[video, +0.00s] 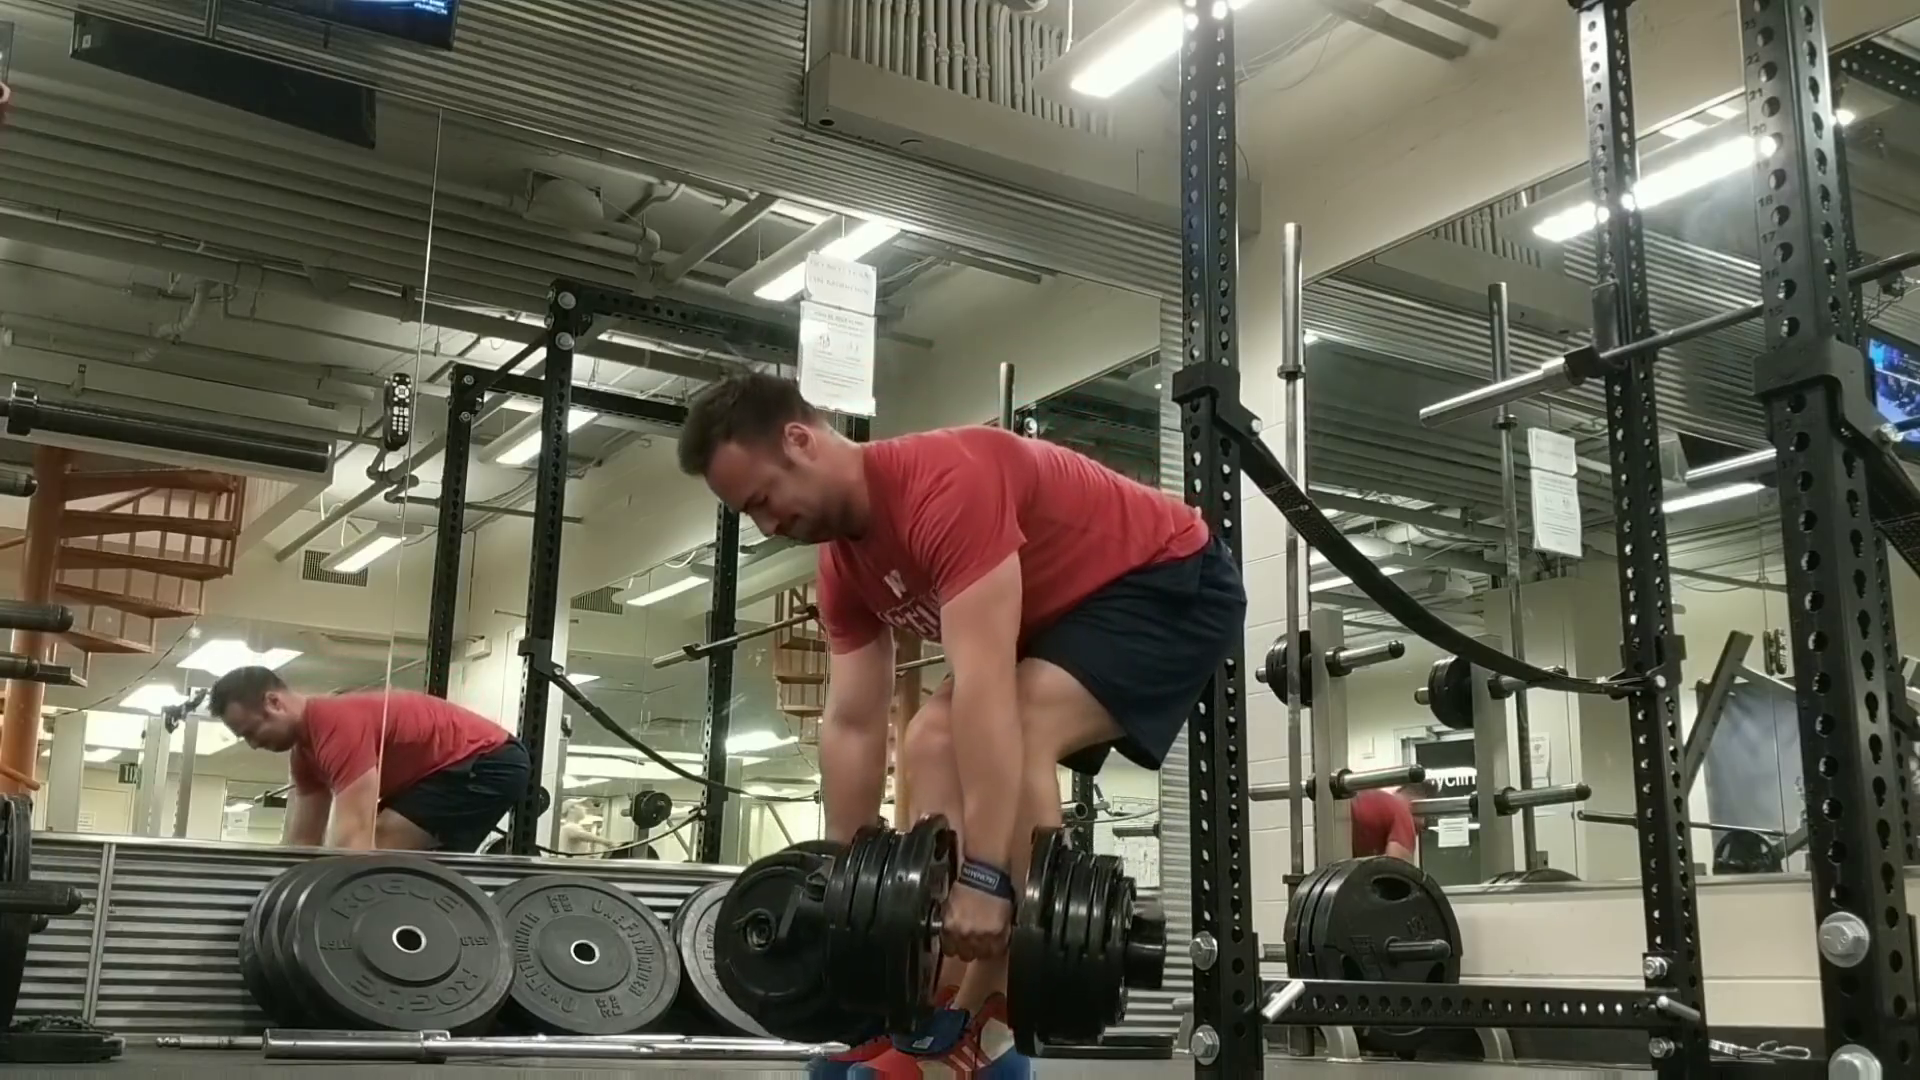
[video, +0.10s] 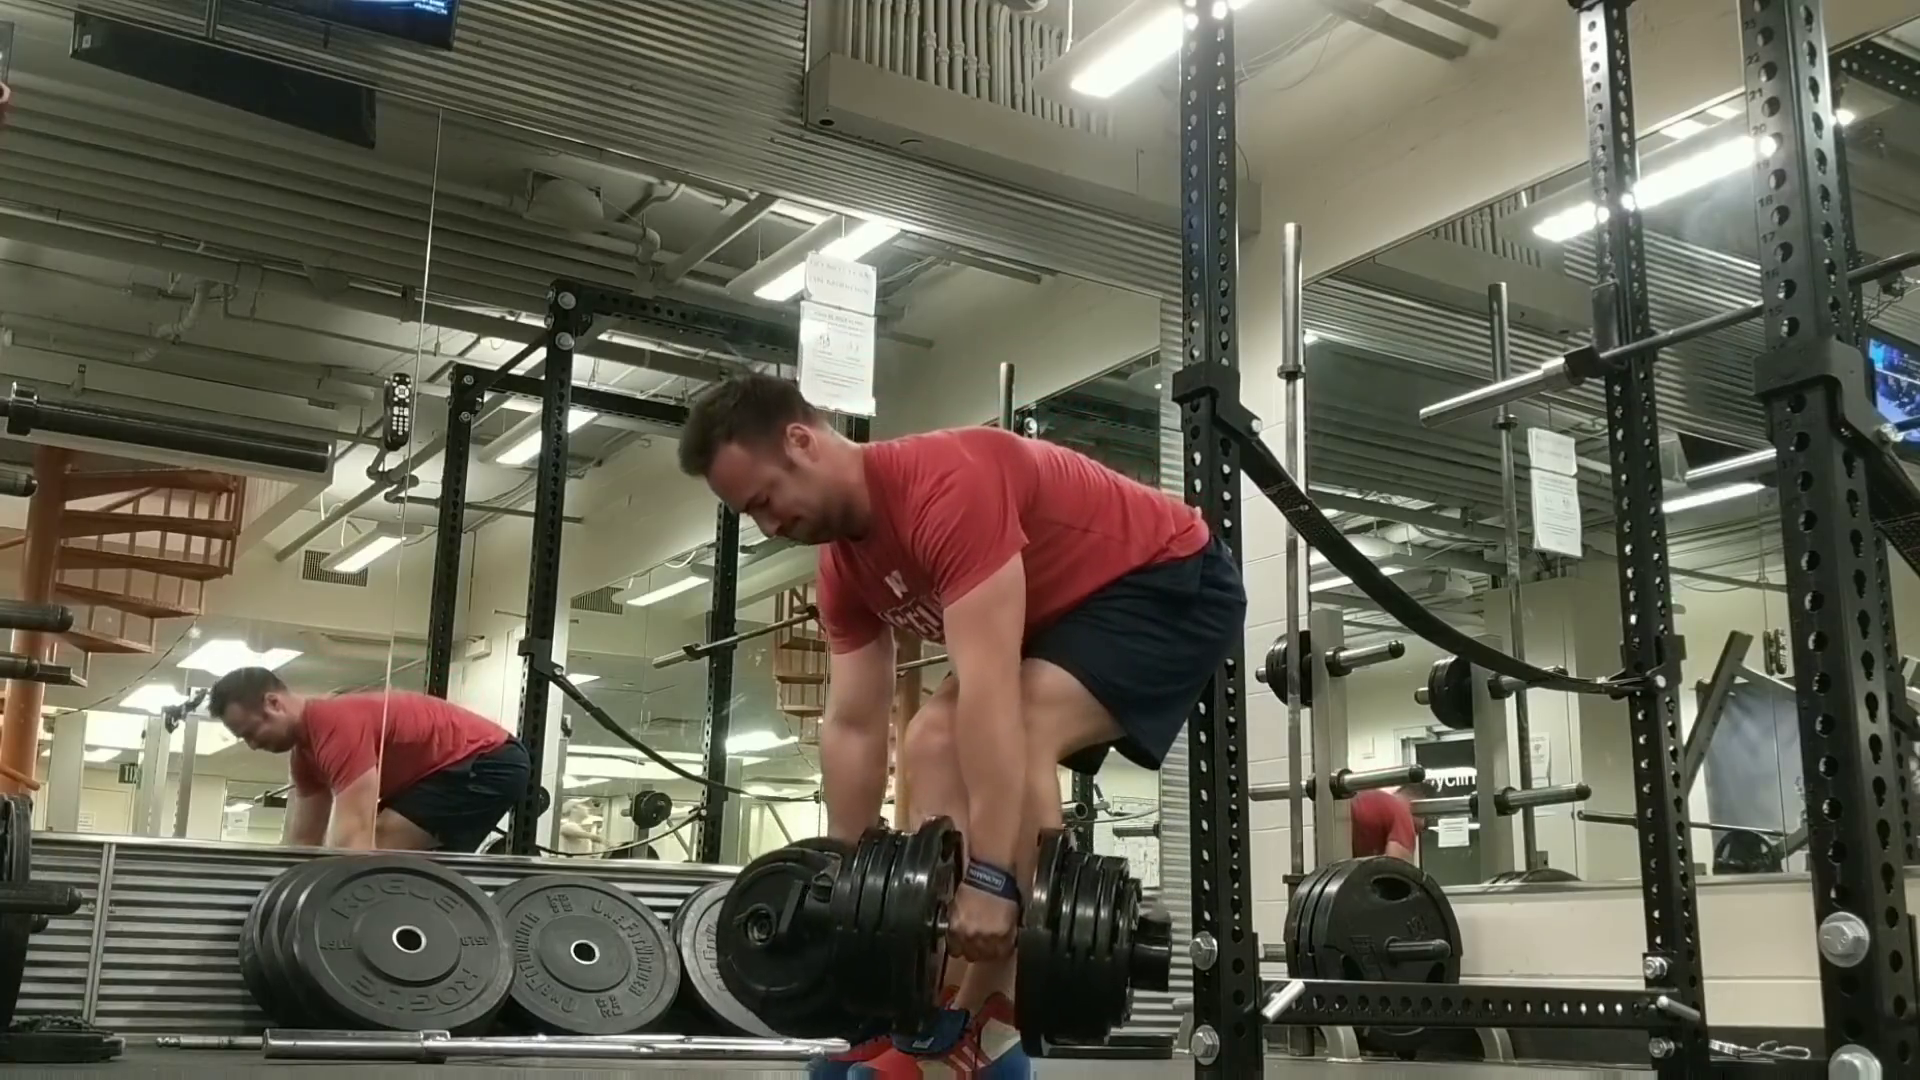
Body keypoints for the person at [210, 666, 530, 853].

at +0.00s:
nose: (252, 744)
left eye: (250, 731)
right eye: (244, 737)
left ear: (275, 702)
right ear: (274, 704)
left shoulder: (340, 723)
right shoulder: (306, 751)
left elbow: (354, 839)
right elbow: (301, 841)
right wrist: (277, 913)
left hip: (489, 762)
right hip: (456, 771)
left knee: (380, 843)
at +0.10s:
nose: (251, 745)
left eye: (250, 732)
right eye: (243, 738)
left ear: (275, 703)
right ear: (274, 706)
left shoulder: (339, 724)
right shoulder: (307, 754)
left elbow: (355, 839)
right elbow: (302, 842)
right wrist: (275, 912)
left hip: (489, 762)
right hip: (457, 771)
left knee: (381, 843)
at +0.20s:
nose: (252, 739)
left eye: (251, 726)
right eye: (244, 733)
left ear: (276, 698)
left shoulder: (338, 721)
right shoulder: (307, 749)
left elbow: (360, 836)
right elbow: (312, 840)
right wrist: (287, 911)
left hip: (489, 761)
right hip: (457, 771)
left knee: (373, 845)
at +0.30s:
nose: (257, 731)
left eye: (255, 718)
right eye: (249, 725)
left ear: (278, 690)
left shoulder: (339, 713)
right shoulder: (309, 741)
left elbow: (372, 819)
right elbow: (321, 824)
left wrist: (341, 907)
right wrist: (300, 897)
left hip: (487, 760)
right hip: (455, 769)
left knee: (385, 853)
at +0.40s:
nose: (267, 722)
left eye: (264, 710)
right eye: (259, 717)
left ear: (283, 678)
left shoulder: (343, 700)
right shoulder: (314, 728)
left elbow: (388, 798)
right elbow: (334, 801)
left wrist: (367, 888)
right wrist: (317, 875)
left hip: (486, 759)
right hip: (454, 767)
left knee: (393, 861)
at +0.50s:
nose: (273, 714)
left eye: (268, 702)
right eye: (264, 708)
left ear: (286, 670)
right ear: (288, 671)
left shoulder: (349, 686)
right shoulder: (321, 714)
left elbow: (407, 773)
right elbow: (348, 784)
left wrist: (377, 867)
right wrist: (331, 852)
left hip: (488, 758)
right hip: (455, 764)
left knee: (401, 856)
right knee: (400, 860)